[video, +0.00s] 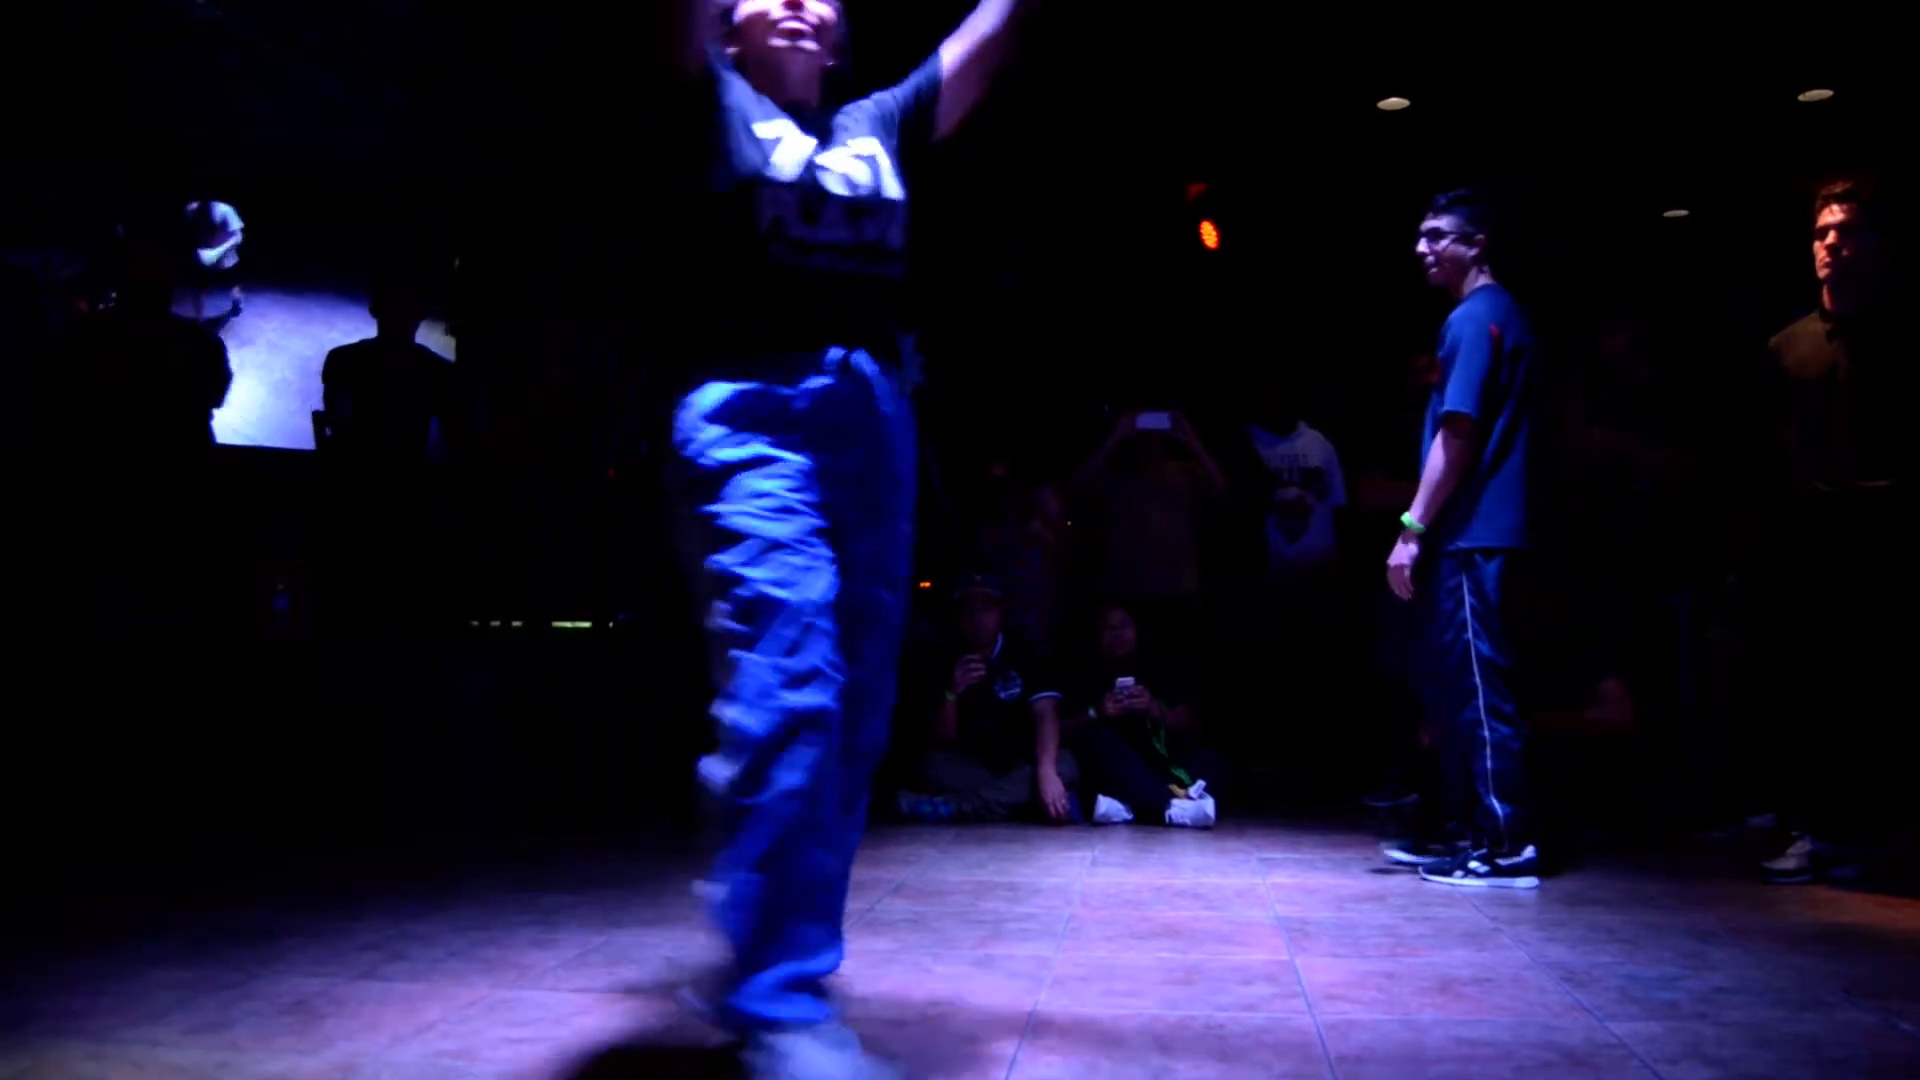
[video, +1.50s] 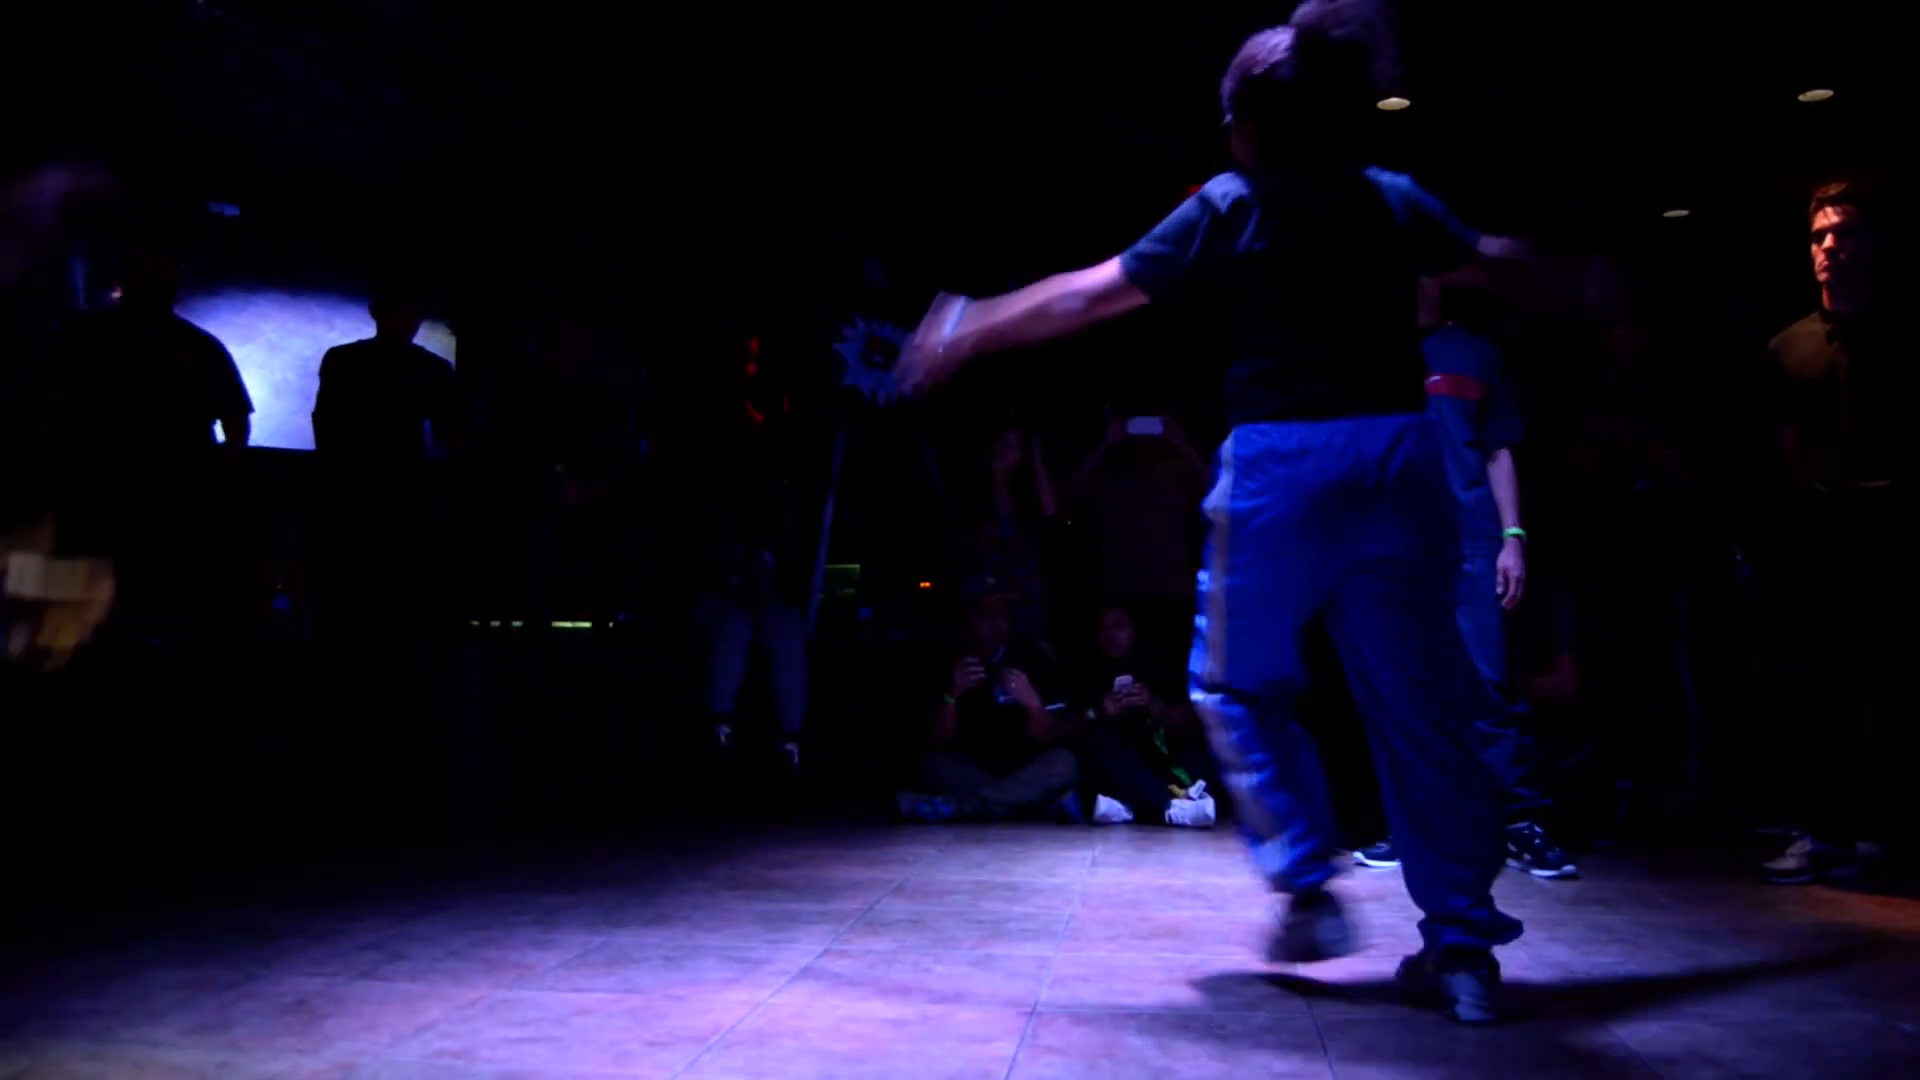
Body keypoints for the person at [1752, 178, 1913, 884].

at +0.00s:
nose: (1830, 247)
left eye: (1848, 233)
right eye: (1822, 234)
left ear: (1880, 250)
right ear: (1812, 249)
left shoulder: (1907, 342)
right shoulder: (1792, 347)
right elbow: (1768, 453)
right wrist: (1770, 527)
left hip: (1890, 540)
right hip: (1807, 538)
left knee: (1885, 682)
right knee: (1810, 679)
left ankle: (1885, 832)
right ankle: (1812, 826)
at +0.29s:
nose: (1828, 250)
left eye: (1845, 235)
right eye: (1820, 237)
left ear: (1879, 248)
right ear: (1810, 251)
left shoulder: (1905, 340)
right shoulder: (1794, 349)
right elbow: (1774, 454)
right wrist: (1774, 528)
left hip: (1893, 538)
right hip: (1812, 538)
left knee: (1890, 682)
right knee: (1813, 680)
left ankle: (1893, 833)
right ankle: (1815, 827)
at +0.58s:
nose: (1834, 248)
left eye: (1851, 233)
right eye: (1824, 234)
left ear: (1880, 249)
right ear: (1812, 249)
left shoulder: (1907, 342)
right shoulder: (1790, 349)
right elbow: (1765, 453)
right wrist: (1768, 527)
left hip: (1895, 539)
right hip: (1809, 538)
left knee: (1893, 680)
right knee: (1812, 679)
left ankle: (1901, 832)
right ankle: (1816, 828)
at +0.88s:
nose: (1828, 251)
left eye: (1843, 237)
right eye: (1819, 238)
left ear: (1877, 248)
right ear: (1810, 251)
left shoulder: (1906, 342)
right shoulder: (1791, 350)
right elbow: (1768, 454)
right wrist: (1771, 526)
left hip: (1896, 540)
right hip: (1811, 539)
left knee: (1893, 681)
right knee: (1814, 679)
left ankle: (1901, 830)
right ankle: (1816, 827)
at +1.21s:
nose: (1827, 250)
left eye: (1842, 235)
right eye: (1818, 237)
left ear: (1876, 248)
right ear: (1809, 251)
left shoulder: (1904, 341)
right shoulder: (1791, 348)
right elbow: (1768, 452)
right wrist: (1770, 528)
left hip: (1892, 541)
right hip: (1809, 539)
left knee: (1887, 683)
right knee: (1812, 681)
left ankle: (1885, 833)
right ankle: (1815, 828)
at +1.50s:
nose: (1828, 250)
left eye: (1843, 235)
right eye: (1818, 237)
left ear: (1876, 249)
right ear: (1809, 253)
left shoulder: (1906, 339)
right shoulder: (1791, 348)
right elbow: (1768, 452)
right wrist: (1769, 532)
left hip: (1894, 541)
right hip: (1811, 540)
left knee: (1891, 683)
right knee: (1813, 681)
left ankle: (1890, 830)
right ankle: (1817, 828)